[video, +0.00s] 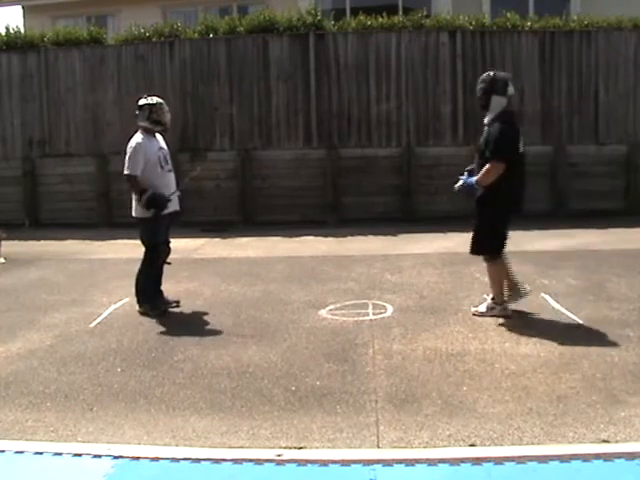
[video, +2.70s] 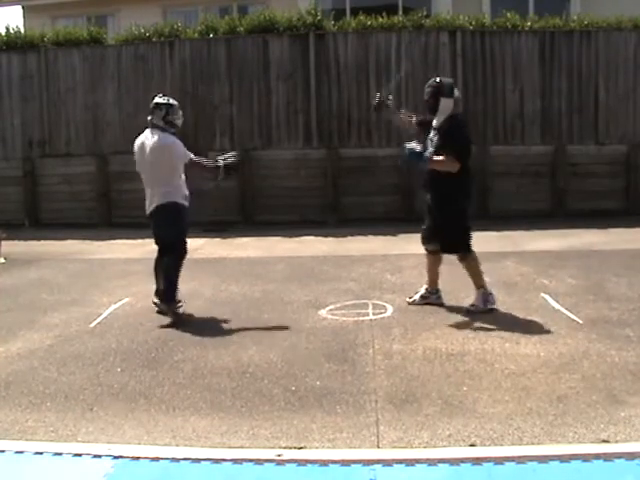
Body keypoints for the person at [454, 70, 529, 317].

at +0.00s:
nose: (479, 97)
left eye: (482, 92)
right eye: (480, 92)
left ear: (492, 95)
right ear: (500, 96)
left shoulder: (502, 125)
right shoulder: (496, 122)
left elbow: (498, 164)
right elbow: (490, 157)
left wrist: (476, 183)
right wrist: (474, 171)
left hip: (499, 196)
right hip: (497, 195)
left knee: (489, 247)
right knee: (492, 244)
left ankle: (497, 300)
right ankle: (511, 286)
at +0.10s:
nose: (472, 96)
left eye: (476, 91)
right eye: (473, 90)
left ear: (488, 94)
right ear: (490, 95)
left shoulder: (499, 123)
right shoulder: (487, 121)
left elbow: (494, 162)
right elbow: (481, 155)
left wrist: (472, 182)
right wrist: (468, 173)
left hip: (496, 195)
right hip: (487, 193)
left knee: (488, 245)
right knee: (477, 241)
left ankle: (497, 300)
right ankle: (487, 289)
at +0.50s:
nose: (441, 102)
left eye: (445, 97)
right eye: (441, 97)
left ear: (458, 99)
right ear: (456, 99)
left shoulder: (476, 126)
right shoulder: (453, 127)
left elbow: (486, 157)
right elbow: (457, 162)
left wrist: (470, 185)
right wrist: (444, 181)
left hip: (475, 196)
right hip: (456, 195)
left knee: (473, 248)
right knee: (452, 244)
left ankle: (495, 298)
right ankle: (451, 290)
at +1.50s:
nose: (447, 101)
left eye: (452, 96)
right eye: (447, 96)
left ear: (467, 98)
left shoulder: (481, 124)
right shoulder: (456, 123)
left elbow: (484, 161)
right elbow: (448, 151)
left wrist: (451, 165)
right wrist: (433, 157)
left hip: (478, 200)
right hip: (457, 197)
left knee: (479, 247)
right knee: (444, 241)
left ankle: (486, 295)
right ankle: (436, 287)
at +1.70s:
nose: (441, 103)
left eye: (447, 98)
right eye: (442, 98)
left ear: (459, 100)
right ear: (450, 100)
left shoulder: (470, 126)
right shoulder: (443, 122)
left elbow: (472, 164)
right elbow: (421, 129)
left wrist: (444, 169)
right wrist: (410, 136)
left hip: (465, 196)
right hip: (447, 194)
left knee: (470, 247)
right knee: (439, 243)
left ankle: (485, 295)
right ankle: (433, 289)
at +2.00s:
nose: (422, 100)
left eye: (426, 97)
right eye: (424, 97)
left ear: (437, 101)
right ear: (443, 101)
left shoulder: (443, 127)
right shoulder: (446, 120)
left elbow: (438, 164)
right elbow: (426, 98)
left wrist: (414, 165)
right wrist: (403, 102)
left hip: (441, 193)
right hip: (435, 191)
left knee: (439, 243)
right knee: (432, 242)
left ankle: (474, 286)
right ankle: (432, 289)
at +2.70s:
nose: (427, 101)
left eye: (431, 96)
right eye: (427, 96)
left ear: (443, 100)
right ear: (441, 100)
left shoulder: (455, 125)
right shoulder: (437, 123)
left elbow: (454, 164)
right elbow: (411, 122)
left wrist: (424, 159)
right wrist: (388, 110)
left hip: (451, 198)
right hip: (438, 196)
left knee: (459, 247)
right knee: (432, 243)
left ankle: (483, 293)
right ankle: (431, 290)